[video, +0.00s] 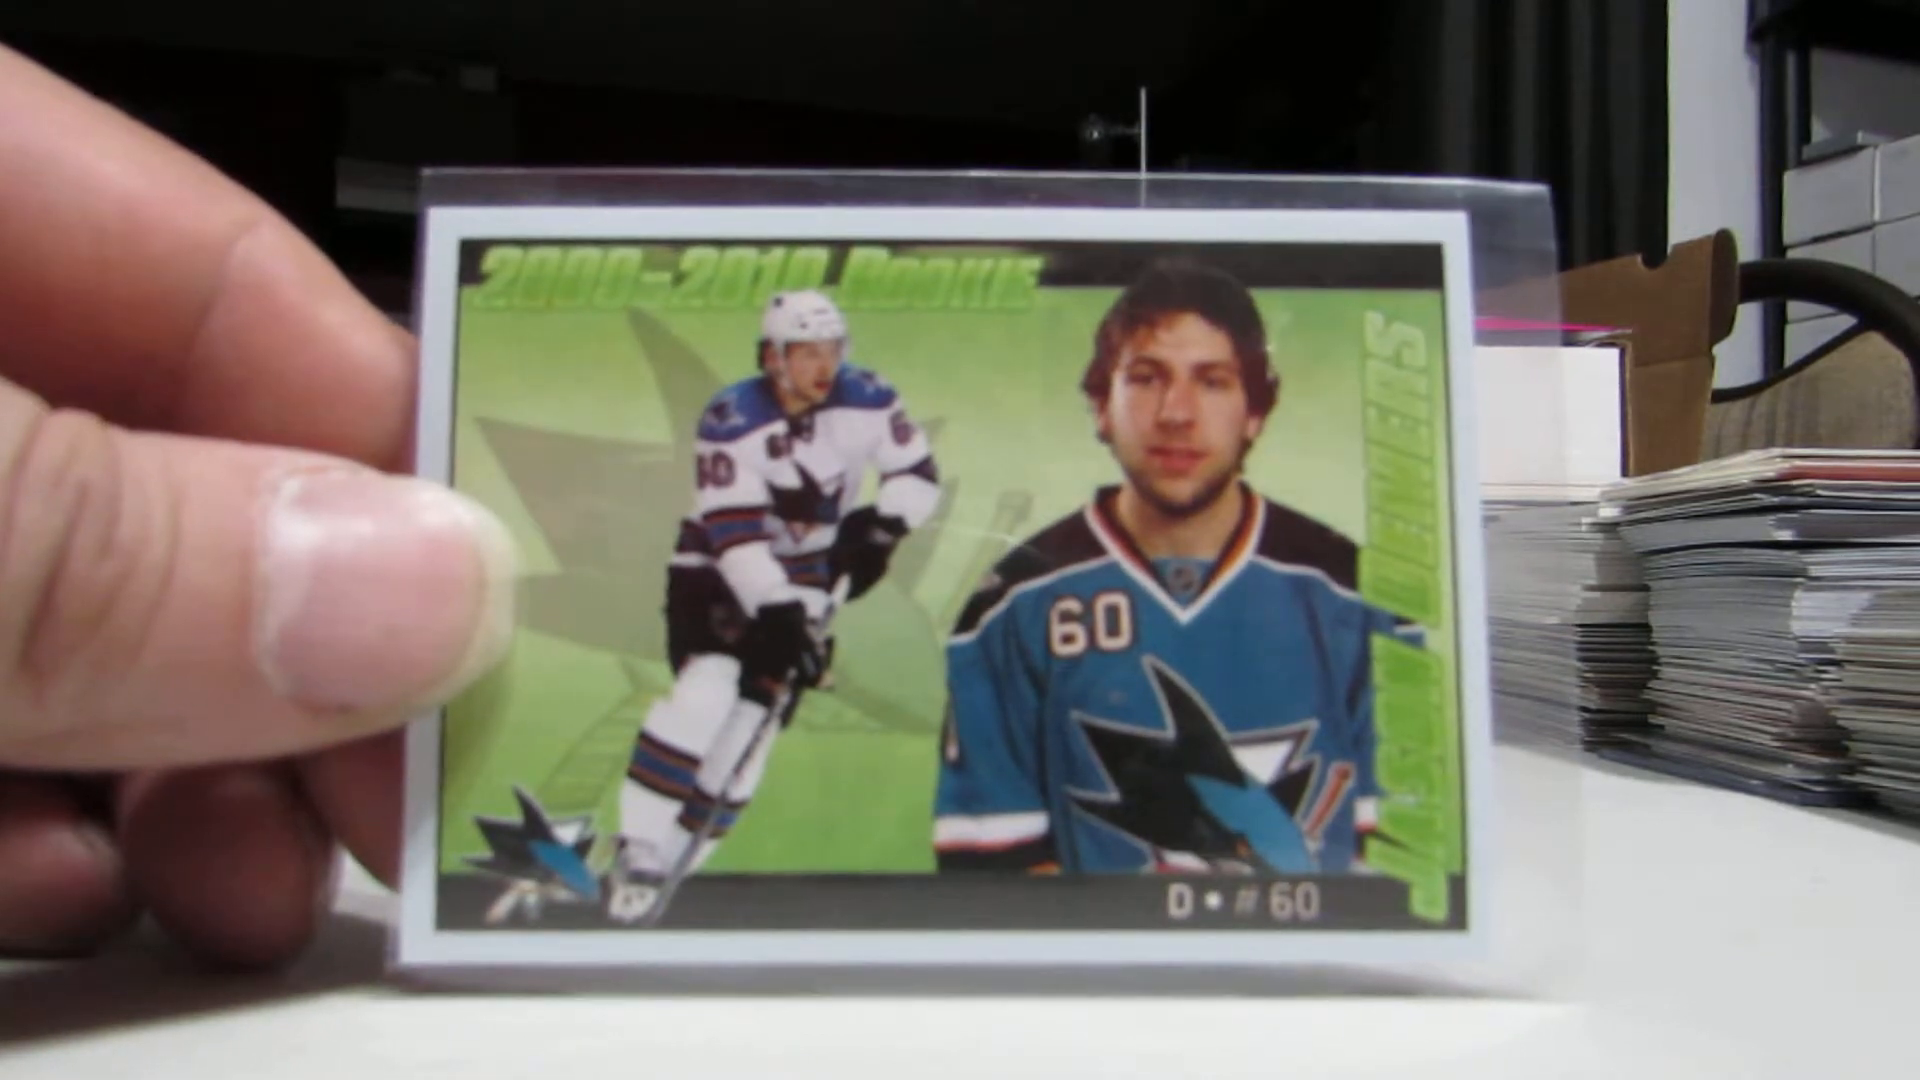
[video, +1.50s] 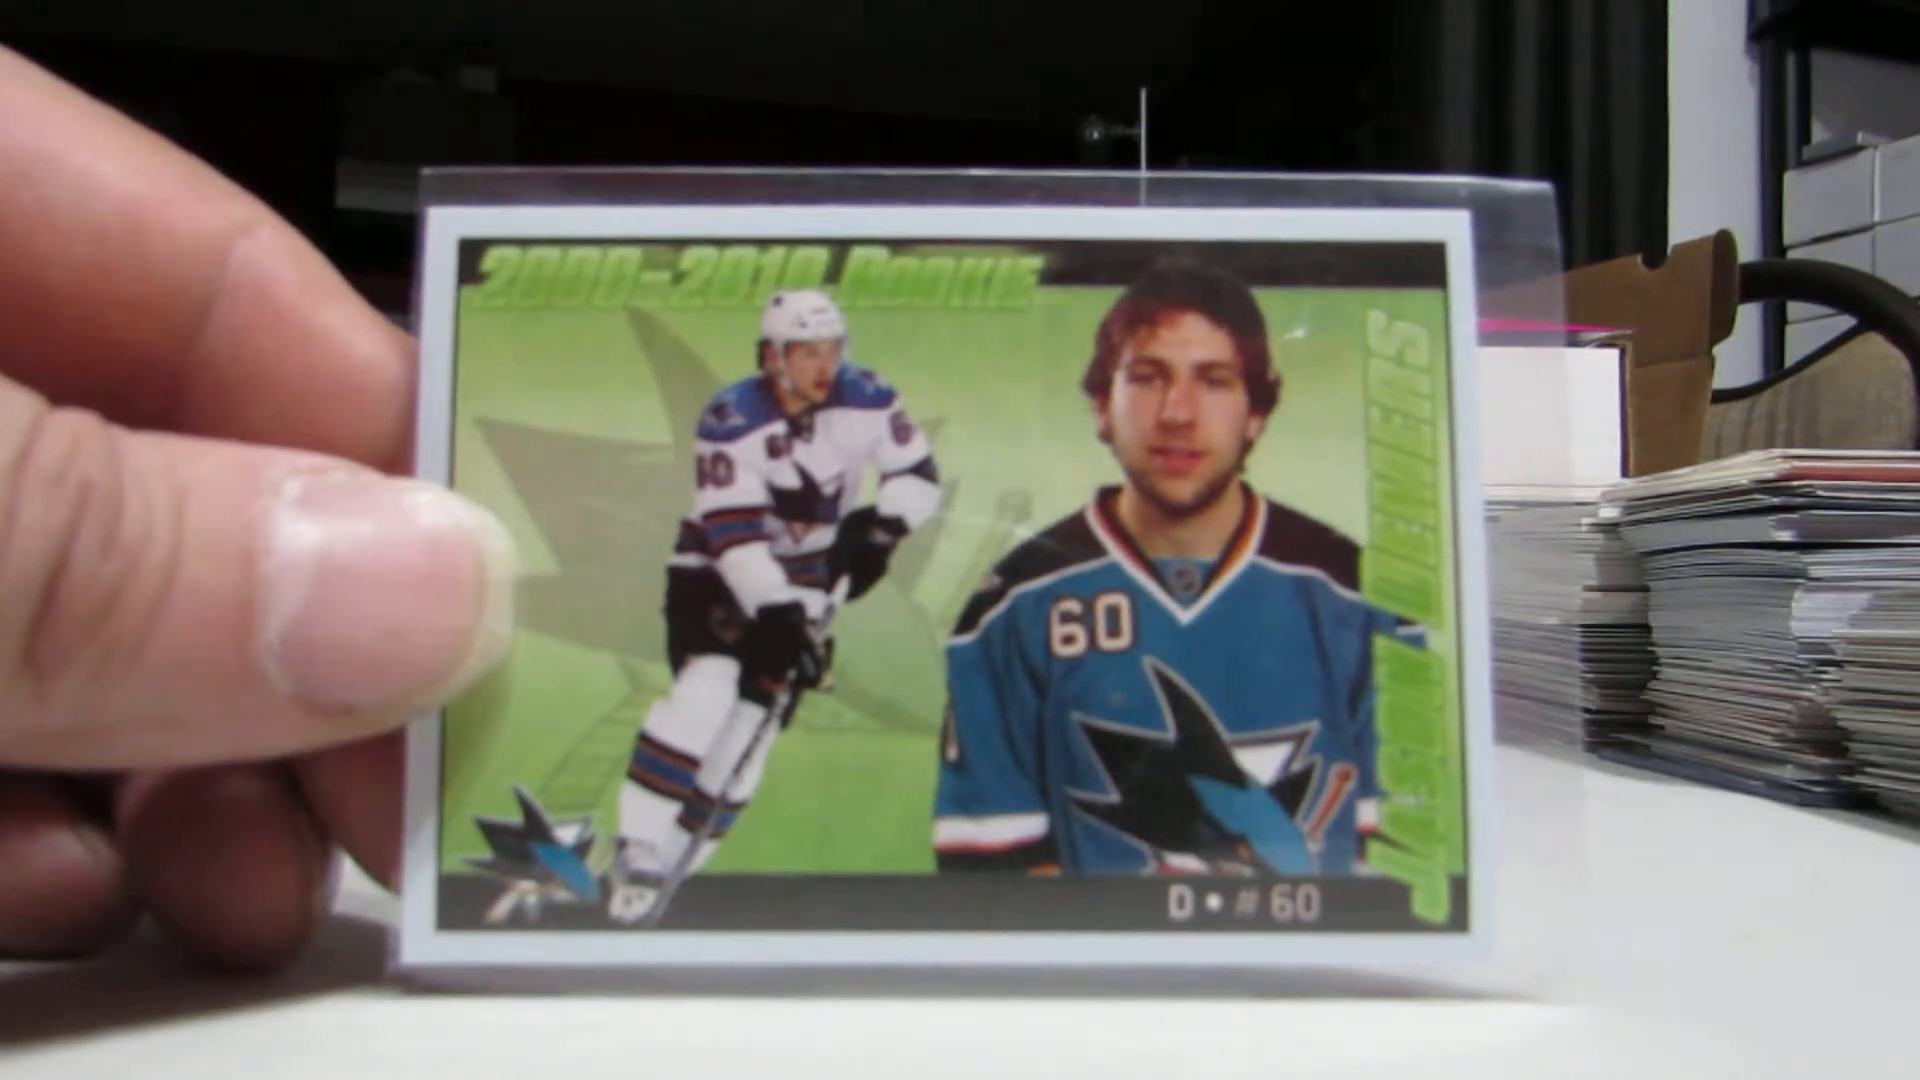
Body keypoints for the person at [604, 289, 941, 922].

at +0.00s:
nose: (825, 367)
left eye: (833, 353)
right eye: (809, 354)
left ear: (843, 352)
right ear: (774, 358)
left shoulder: (867, 401)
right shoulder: (733, 418)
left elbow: (917, 474)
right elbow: (733, 527)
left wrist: (880, 530)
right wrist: (775, 609)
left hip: (807, 578)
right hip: (721, 567)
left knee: (754, 722)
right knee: (708, 687)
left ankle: (678, 861)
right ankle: (642, 851)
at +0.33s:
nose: (823, 366)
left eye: (831, 351)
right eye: (808, 352)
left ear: (842, 351)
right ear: (773, 358)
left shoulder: (867, 400)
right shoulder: (732, 418)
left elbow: (917, 475)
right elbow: (732, 528)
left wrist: (879, 530)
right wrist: (776, 609)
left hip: (806, 578)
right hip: (720, 568)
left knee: (755, 721)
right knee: (708, 686)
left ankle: (679, 860)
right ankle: (641, 850)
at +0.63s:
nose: (822, 366)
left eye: (830, 352)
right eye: (806, 353)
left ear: (841, 352)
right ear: (772, 358)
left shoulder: (868, 401)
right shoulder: (732, 419)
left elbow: (917, 476)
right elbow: (732, 528)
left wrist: (879, 531)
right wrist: (776, 609)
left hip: (807, 578)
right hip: (720, 567)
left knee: (755, 722)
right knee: (708, 686)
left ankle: (679, 860)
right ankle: (641, 848)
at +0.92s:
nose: (822, 367)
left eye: (830, 352)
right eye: (806, 353)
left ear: (841, 353)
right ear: (772, 359)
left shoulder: (868, 401)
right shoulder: (732, 419)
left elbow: (917, 476)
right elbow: (732, 528)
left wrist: (879, 531)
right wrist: (776, 608)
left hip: (807, 578)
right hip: (720, 567)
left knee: (755, 721)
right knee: (709, 686)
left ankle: (680, 860)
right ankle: (641, 848)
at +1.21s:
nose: (824, 366)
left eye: (832, 352)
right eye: (808, 353)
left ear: (842, 352)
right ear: (773, 359)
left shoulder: (868, 401)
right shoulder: (732, 419)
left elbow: (917, 476)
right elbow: (732, 528)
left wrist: (879, 531)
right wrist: (776, 610)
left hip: (807, 579)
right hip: (720, 569)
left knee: (754, 723)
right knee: (708, 686)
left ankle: (678, 862)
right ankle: (640, 850)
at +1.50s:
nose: (825, 366)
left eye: (832, 352)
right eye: (809, 353)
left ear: (843, 352)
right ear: (773, 359)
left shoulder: (868, 401)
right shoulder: (732, 420)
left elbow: (917, 476)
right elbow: (732, 528)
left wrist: (879, 531)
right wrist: (776, 610)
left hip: (807, 580)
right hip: (720, 569)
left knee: (754, 723)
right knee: (709, 686)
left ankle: (678, 862)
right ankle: (640, 850)